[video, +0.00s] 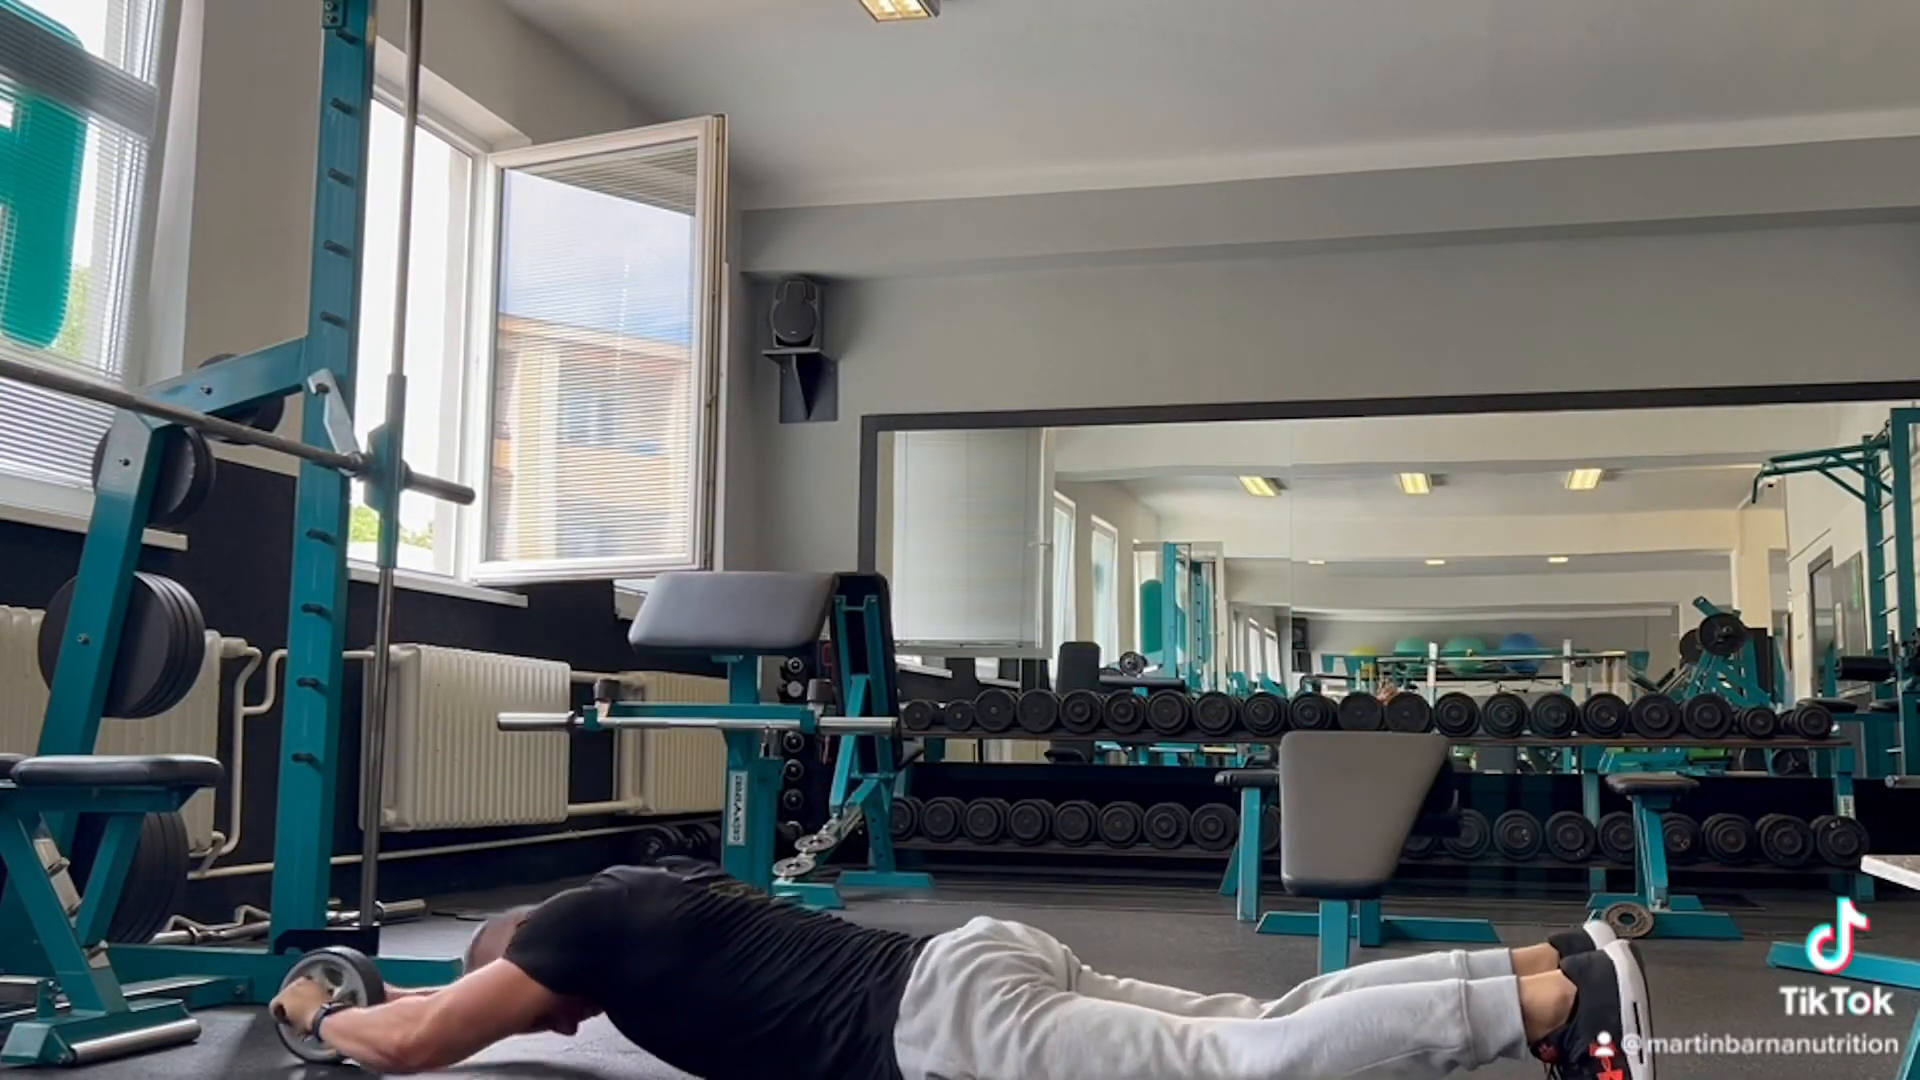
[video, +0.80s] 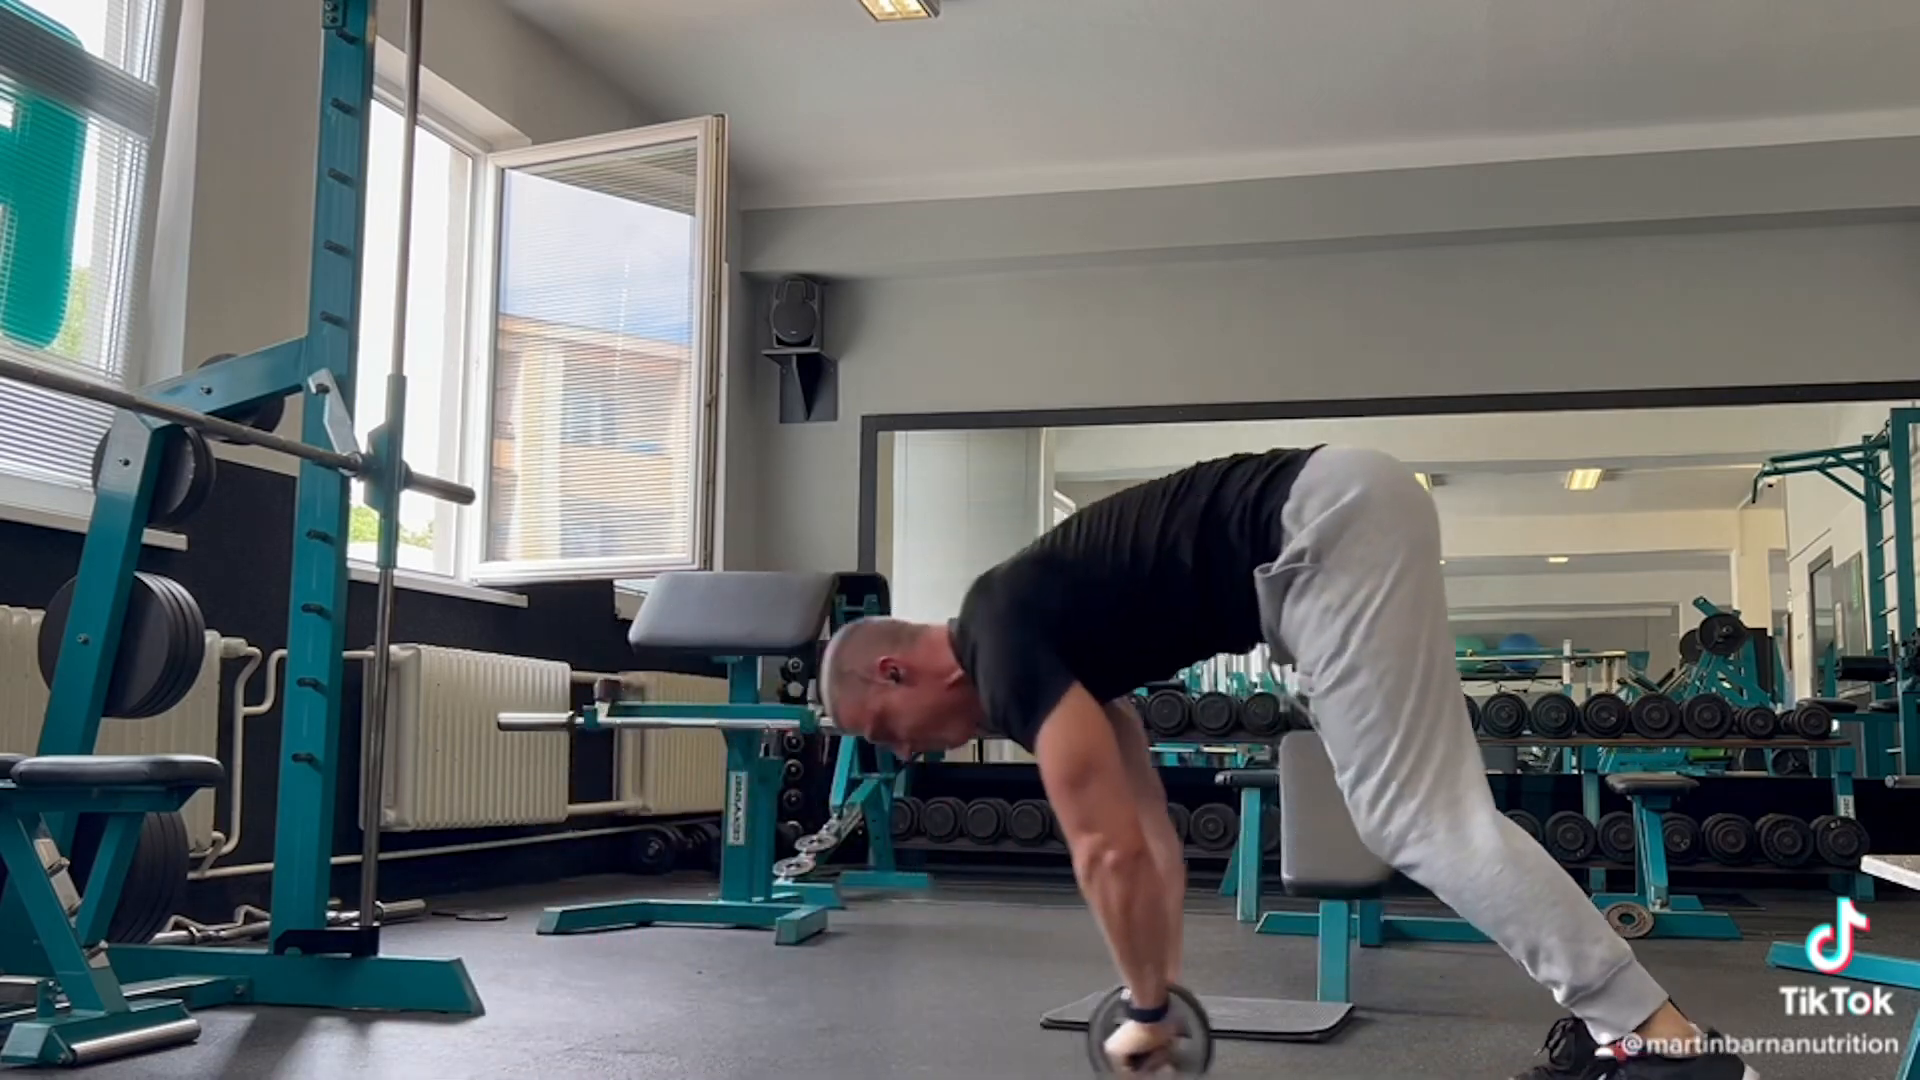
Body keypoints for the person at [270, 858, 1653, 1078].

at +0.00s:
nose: (496, 986)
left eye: (498, 969)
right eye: (496, 974)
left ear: (534, 925)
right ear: (579, 898)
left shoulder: (598, 920)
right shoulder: (663, 913)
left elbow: (403, 1047)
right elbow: (557, 1025)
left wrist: (327, 1013)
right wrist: (421, 1026)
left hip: (938, 1009)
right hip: (959, 961)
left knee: (1240, 1049)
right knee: (1240, 1022)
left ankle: (1534, 997)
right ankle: (1526, 991)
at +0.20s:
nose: (550, 851)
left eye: (542, 830)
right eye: (544, 842)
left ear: (564, 783)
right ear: (598, 781)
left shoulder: (633, 791)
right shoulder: (693, 793)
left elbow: (539, 950)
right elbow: (628, 932)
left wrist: (458, 1010)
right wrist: (495, 988)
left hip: (963, 948)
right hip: (998, 912)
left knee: (1225, 1060)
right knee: (1244, 1028)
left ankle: (1537, 981)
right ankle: (1535, 986)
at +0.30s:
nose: (604, 792)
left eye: (591, 769)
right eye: (594, 784)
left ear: (603, 705)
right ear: (637, 708)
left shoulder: (680, 699)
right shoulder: (745, 729)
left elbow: (618, 913)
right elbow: (694, 910)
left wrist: (558, 1000)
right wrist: (594, 987)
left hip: (999, 862)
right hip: (1018, 869)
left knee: (1227, 1058)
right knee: (1262, 1011)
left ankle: (1537, 1010)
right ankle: (1523, 978)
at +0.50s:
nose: (672, 725)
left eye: (655, 704)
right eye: (660, 715)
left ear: (666, 648)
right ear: (690, 643)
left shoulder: (765, 630)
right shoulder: (823, 641)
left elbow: (786, 844)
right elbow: (852, 847)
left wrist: (772, 995)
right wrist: (799, 988)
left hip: (1104, 703)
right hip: (1120, 703)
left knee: (1284, 960)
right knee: (1310, 917)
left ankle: (1604, 994)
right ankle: (1598, 971)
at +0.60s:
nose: (755, 729)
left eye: (733, 713)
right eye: (741, 726)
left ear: (728, 648)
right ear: (753, 644)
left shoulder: (826, 621)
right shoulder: (881, 633)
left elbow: (868, 827)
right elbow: (933, 835)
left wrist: (873, 988)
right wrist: (892, 990)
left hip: (1171, 619)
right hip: (1189, 613)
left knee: (1334, 882)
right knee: (1348, 866)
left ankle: (1636, 1005)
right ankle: (1626, 997)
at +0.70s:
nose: (834, 737)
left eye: (809, 720)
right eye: (812, 733)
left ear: (809, 652)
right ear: (822, 646)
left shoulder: (915, 622)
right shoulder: (940, 618)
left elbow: (984, 838)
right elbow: (1028, 830)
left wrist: (998, 1002)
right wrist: (1012, 986)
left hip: (1249, 548)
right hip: (1260, 537)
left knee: (1375, 835)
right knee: (1366, 823)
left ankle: (1640, 1015)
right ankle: (1604, 999)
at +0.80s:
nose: (912, 750)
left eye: (886, 733)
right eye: (888, 740)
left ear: (904, 672)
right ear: (911, 652)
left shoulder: (1011, 629)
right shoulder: (1023, 620)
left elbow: (1112, 844)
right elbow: (1142, 818)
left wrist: (1149, 1007)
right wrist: (1154, 983)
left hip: (1330, 521)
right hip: (1334, 513)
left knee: (1418, 816)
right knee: (1423, 806)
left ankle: (1659, 1031)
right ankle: (1603, 1007)